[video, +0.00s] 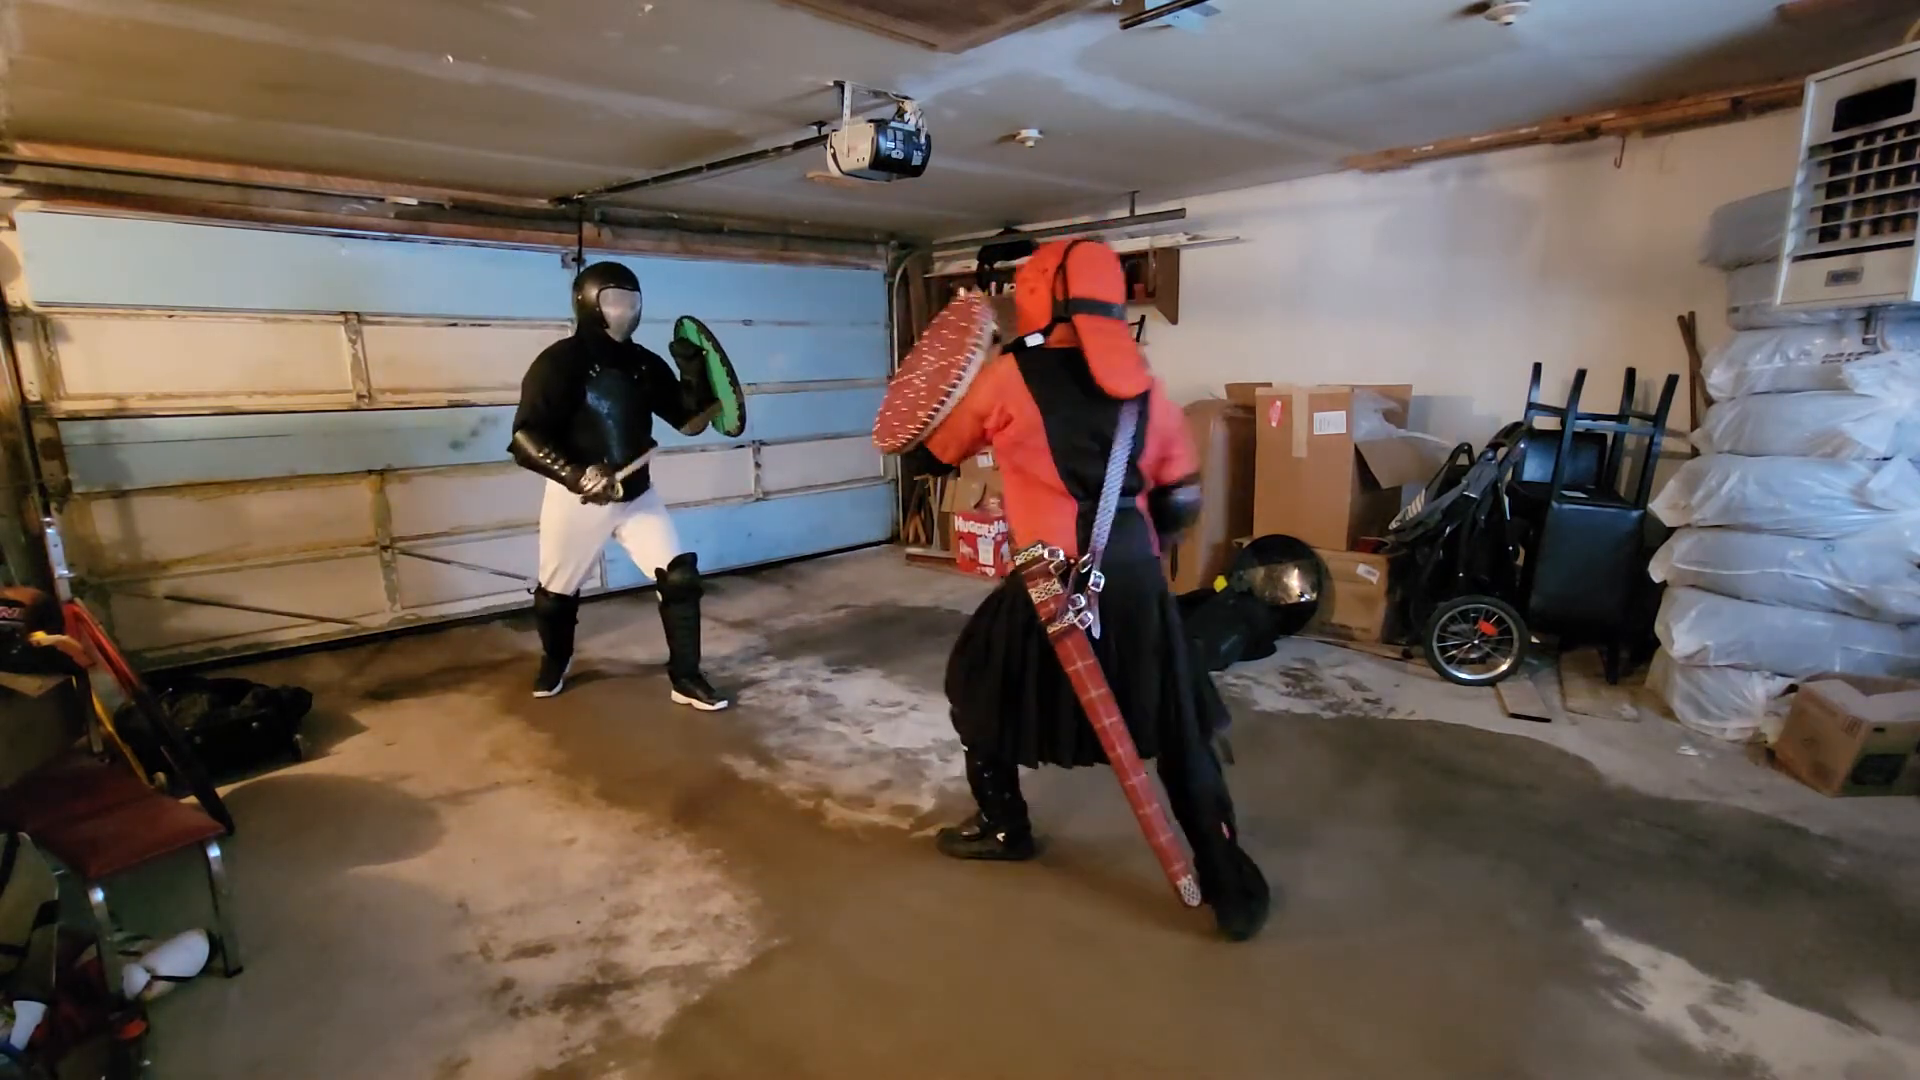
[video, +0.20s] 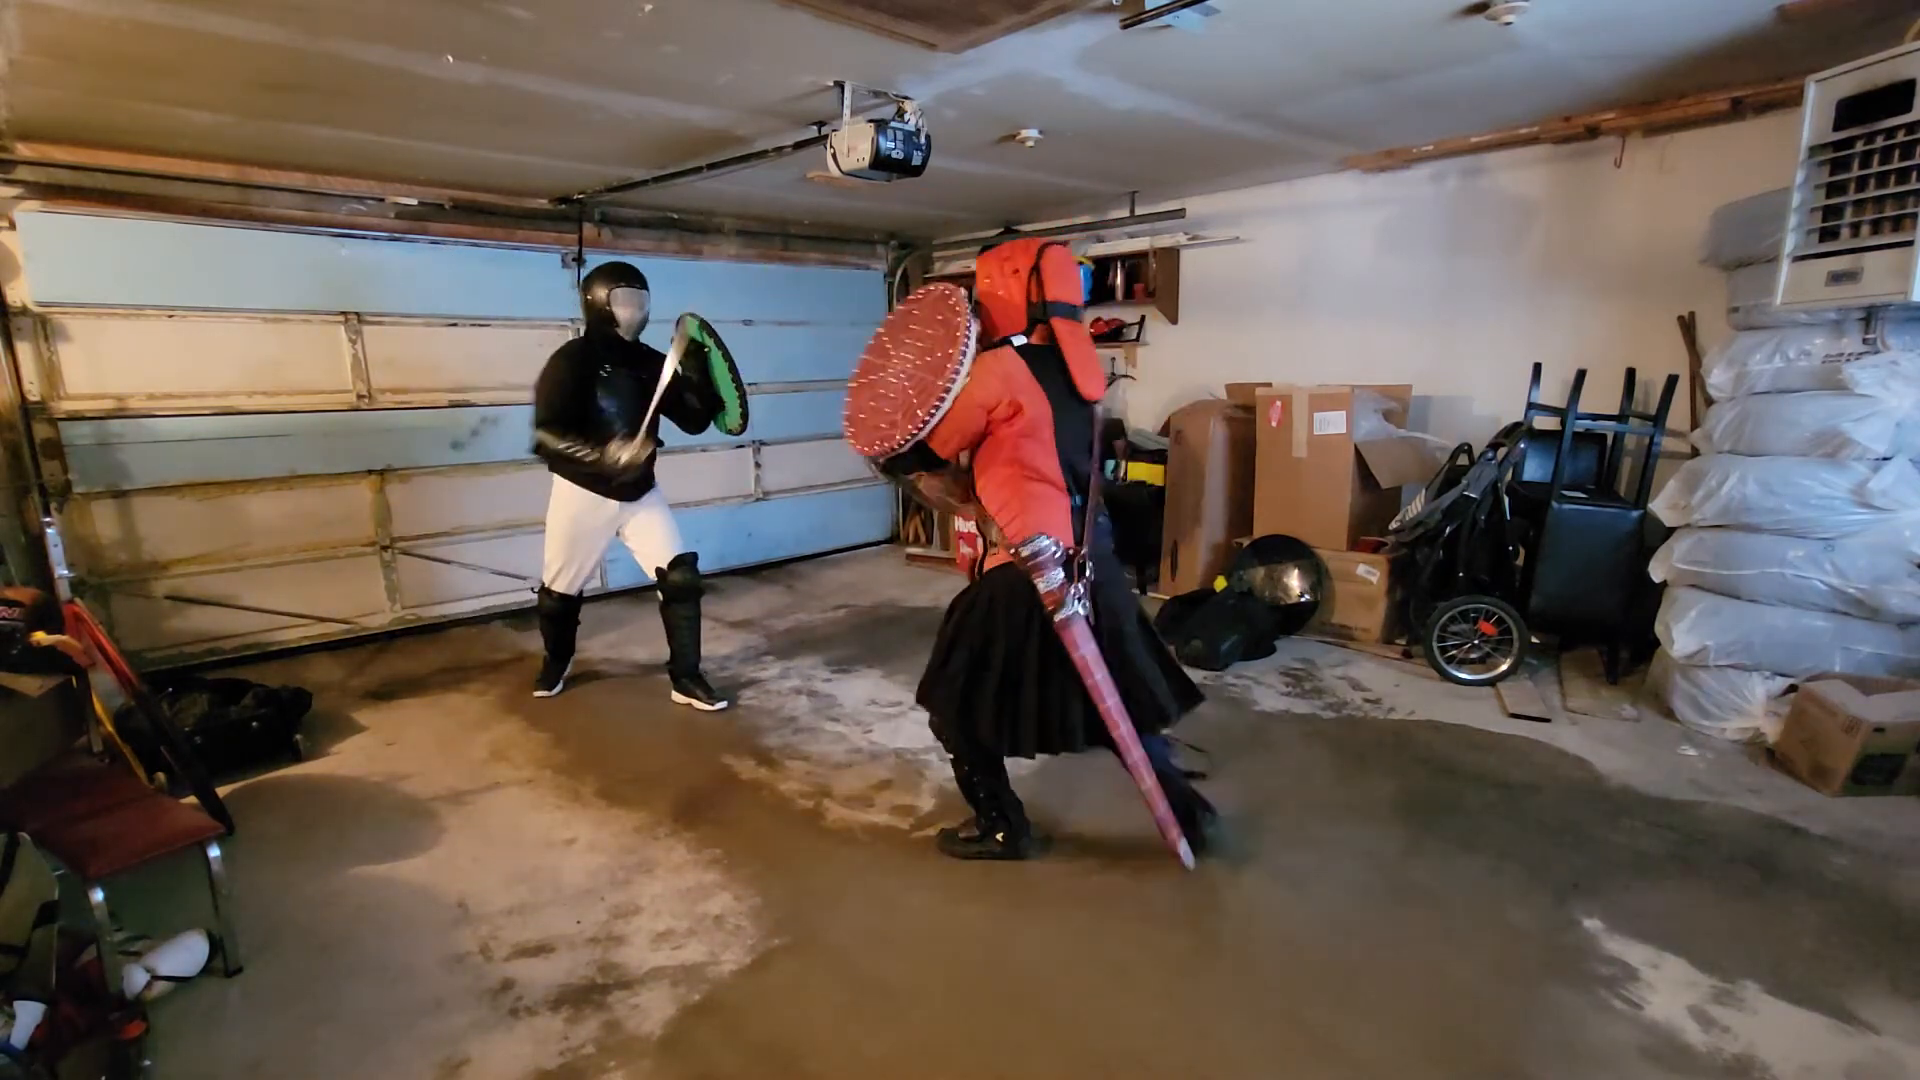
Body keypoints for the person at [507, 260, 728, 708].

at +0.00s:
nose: (635, 307)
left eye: (636, 298)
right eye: (625, 297)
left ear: (634, 305)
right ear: (594, 302)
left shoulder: (644, 363)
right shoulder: (558, 363)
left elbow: (689, 420)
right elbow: (524, 440)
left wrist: (698, 378)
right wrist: (578, 477)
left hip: (637, 497)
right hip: (574, 500)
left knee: (680, 577)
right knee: (552, 598)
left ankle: (686, 677)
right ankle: (554, 662)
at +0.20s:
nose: (643, 307)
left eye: (644, 298)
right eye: (633, 298)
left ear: (643, 304)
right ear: (603, 302)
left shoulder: (652, 362)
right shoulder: (570, 362)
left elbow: (694, 420)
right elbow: (547, 440)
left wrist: (695, 365)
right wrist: (603, 457)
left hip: (640, 494)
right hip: (581, 493)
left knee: (681, 576)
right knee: (558, 594)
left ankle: (686, 678)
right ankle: (556, 662)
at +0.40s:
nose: (637, 313)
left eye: (639, 303)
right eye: (628, 303)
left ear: (638, 309)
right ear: (601, 309)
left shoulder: (649, 364)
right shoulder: (585, 359)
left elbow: (680, 418)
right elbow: (629, 385)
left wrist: (700, 396)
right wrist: (682, 386)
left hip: (639, 490)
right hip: (585, 490)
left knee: (683, 572)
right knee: (558, 597)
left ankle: (686, 676)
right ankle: (555, 653)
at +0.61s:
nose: (619, 319)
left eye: (621, 310)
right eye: (608, 310)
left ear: (624, 315)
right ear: (581, 317)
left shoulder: (632, 378)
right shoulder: (563, 367)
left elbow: (664, 431)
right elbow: (571, 423)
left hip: (624, 500)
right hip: (570, 497)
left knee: (674, 575)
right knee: (553, 603)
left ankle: (686, 678)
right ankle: (528, 651)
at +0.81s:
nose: (588, 318)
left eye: (587, 308)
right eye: (579, 308)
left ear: (577, 316)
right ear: (549, 312)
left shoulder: (595, 371)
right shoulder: (517, 370)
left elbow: (625, 428)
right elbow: (503, 444)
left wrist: (643, 391)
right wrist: (553, 474)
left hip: (587, 492)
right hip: (532, 493)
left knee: (634, 567)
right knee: (528, 588)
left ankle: (665, 662)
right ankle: (531, 661)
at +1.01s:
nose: (562, 311)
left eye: (562, 301)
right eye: (552, 302)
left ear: (558, 308)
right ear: (525, 308)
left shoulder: (574, 364)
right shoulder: (493, 363)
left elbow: (610, 421)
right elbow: (466, 434)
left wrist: (617, 377)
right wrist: (503, 461)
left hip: (576, 487)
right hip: (521, 491)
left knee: (615, 564)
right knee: (526, 582)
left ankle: (603, 641)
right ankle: (531, 660)